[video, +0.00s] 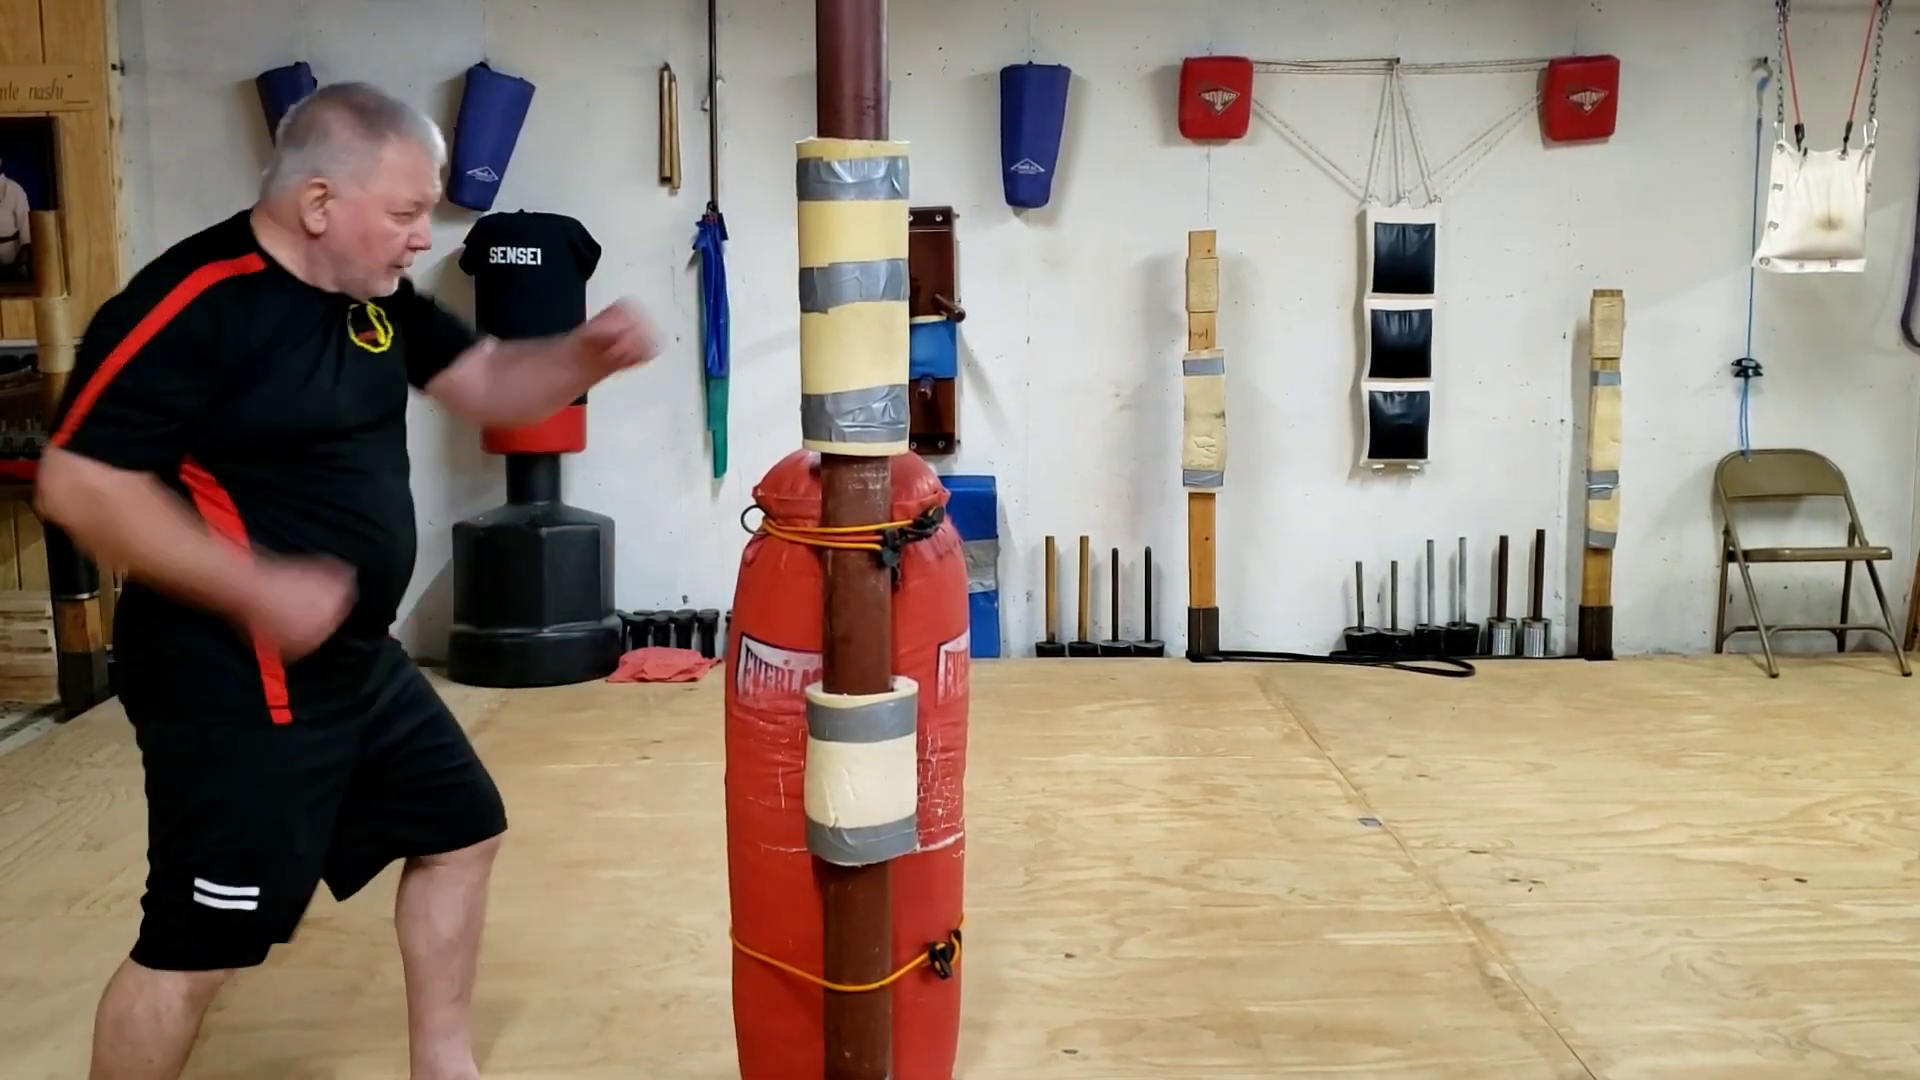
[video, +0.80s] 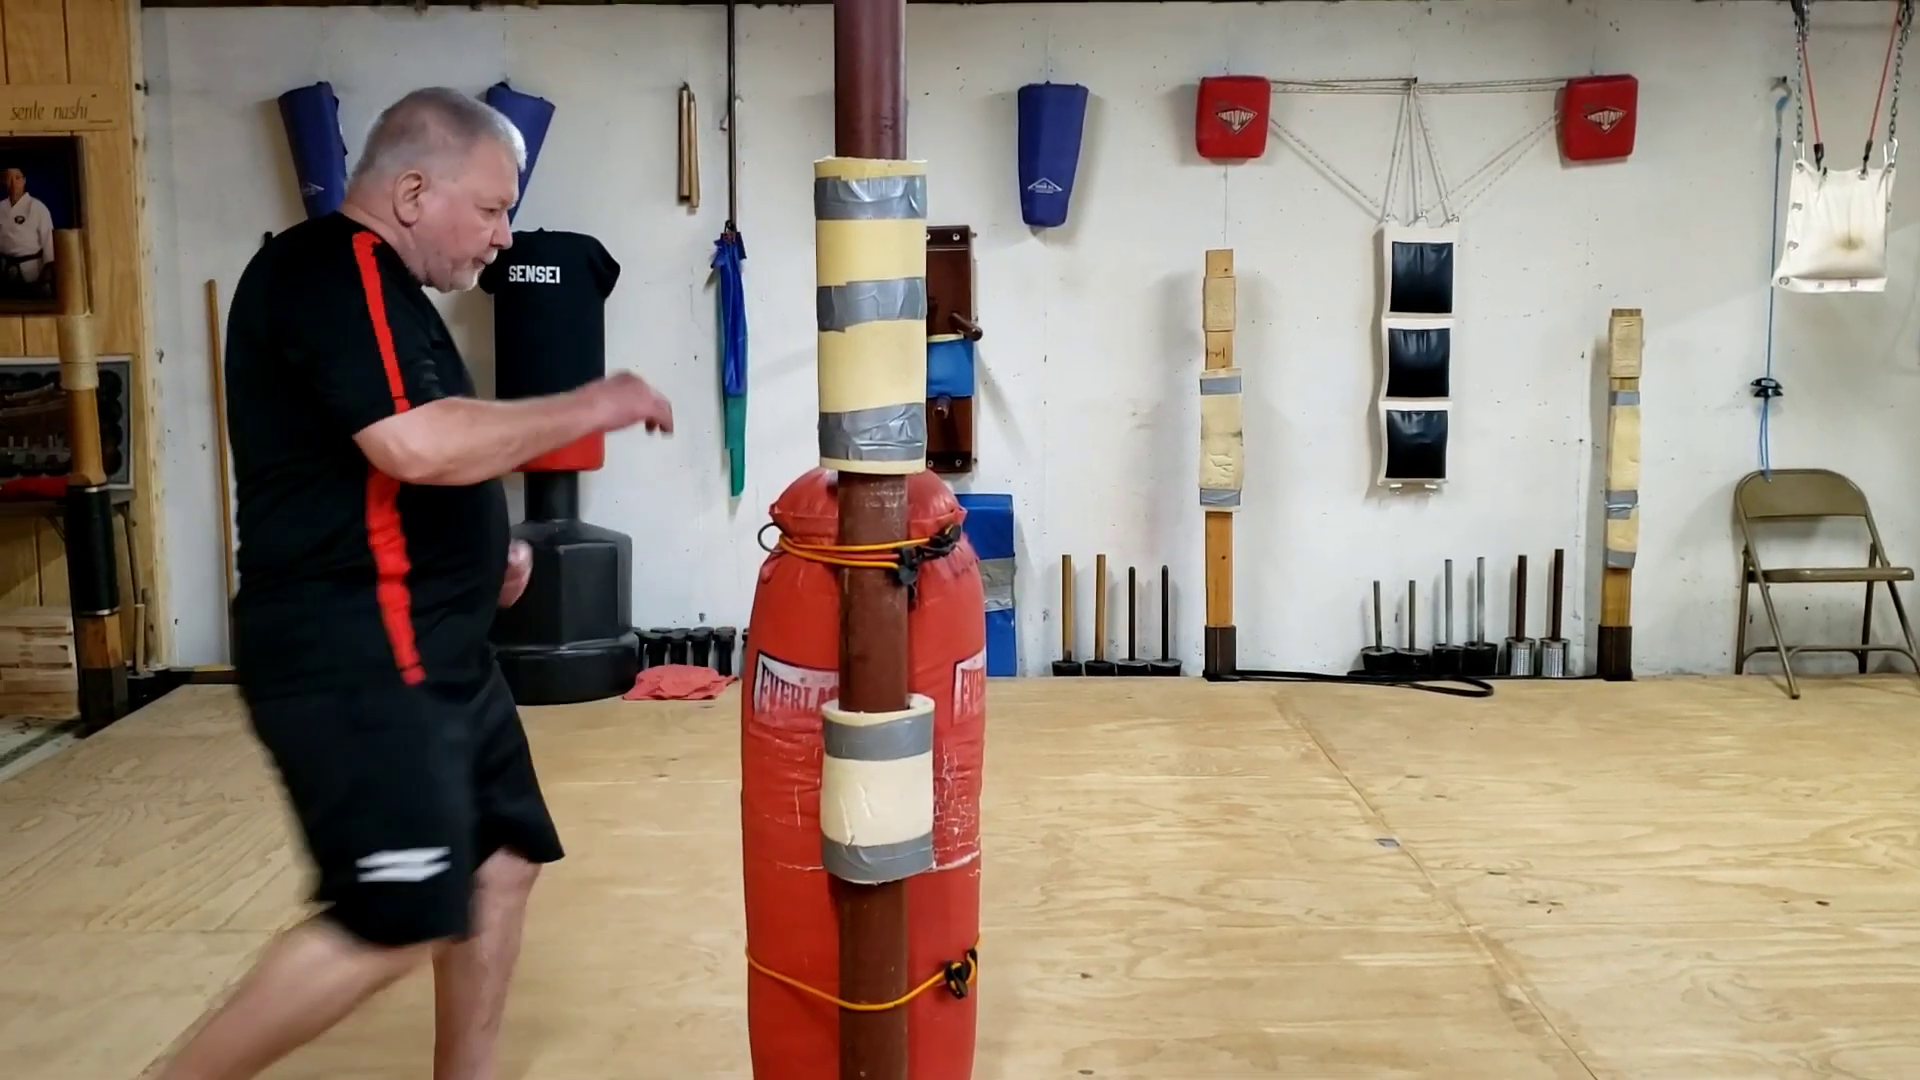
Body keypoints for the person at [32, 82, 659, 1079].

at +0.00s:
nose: (423, 239)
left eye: (427, 216)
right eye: (407, 214)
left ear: (329, 208)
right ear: (320, 207)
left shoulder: (375, 298)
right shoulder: (190, 299)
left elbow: (485, 380)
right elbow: (76, 478)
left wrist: (582, 359)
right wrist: (257, 587)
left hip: (352, 656)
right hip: (219, 681)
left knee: (458, 830)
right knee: (197, 938)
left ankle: (443, 1067)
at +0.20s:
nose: (458, 231)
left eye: (461, 208)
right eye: (444, 206)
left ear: (369, 197)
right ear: (362, 193)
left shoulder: (353, 273)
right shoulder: (289, 268)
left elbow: (490, 338)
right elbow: (493, 351)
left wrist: (652, 286)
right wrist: (665, 279)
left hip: (413, 653)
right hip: (297, 673)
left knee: (505, 845)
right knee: (238, 934)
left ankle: (448, 1069)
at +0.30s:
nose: (456, 211)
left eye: (461, 189)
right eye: (448, 183)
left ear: (365, 170)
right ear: (370, 166)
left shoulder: (337, 248)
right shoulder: (305, 243)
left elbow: (443, 378)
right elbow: (445, 379)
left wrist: (586, 335)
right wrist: (617, 320)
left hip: (424, 600)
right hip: (359, 606)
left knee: (490, 833)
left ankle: (449, 1067)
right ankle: (202, 1047)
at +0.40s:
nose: (462, 205)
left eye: (467, 182)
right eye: (455, 176)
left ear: (369, 159)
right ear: (377, 153)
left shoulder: (318, 243)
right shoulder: (313, 238)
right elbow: (340, 423)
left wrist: (536, 442)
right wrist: (545, 447)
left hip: (356, 590)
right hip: (390, 581)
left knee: (461, 830)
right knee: (640, 697)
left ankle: (447, 1062)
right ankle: (456, 936)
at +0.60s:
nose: (489, 237)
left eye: (494, 215)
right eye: (482, 208)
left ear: (400, 190)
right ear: (408, 184)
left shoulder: (302, 263)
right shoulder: (341, 258)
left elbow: (370, 455)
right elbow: (326, 447)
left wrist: (506, 464)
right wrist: (512, 536)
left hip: (356, 615)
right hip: (405, 597)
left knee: (487, 831)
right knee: (677, 639)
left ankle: (454, 1070)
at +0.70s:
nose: (495, 232)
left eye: (500, 209)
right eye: (487, 203)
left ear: (406, 189)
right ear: (409, 184)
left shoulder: (350, 265)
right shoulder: (336, 262)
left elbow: (408, 436)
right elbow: (380, 450)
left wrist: (512, 491)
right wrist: (572, 467)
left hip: (373, 608)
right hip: (375, 607)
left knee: (487, 845)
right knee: (586, 782)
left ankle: (459, 1071)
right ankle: (328, 988)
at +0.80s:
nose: (503, 238)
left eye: (506, 215)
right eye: (493, 210)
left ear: (409, 195)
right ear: (414, 192)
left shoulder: (381, 282)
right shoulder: (330, 264)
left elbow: (368, 473)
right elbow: (413, 442)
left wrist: (478, 550)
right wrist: (587, 407)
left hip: (436, 640)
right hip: (346, 647)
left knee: (504, 852)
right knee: (398, 909)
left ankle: (465, 1074)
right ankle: (176, 1073)